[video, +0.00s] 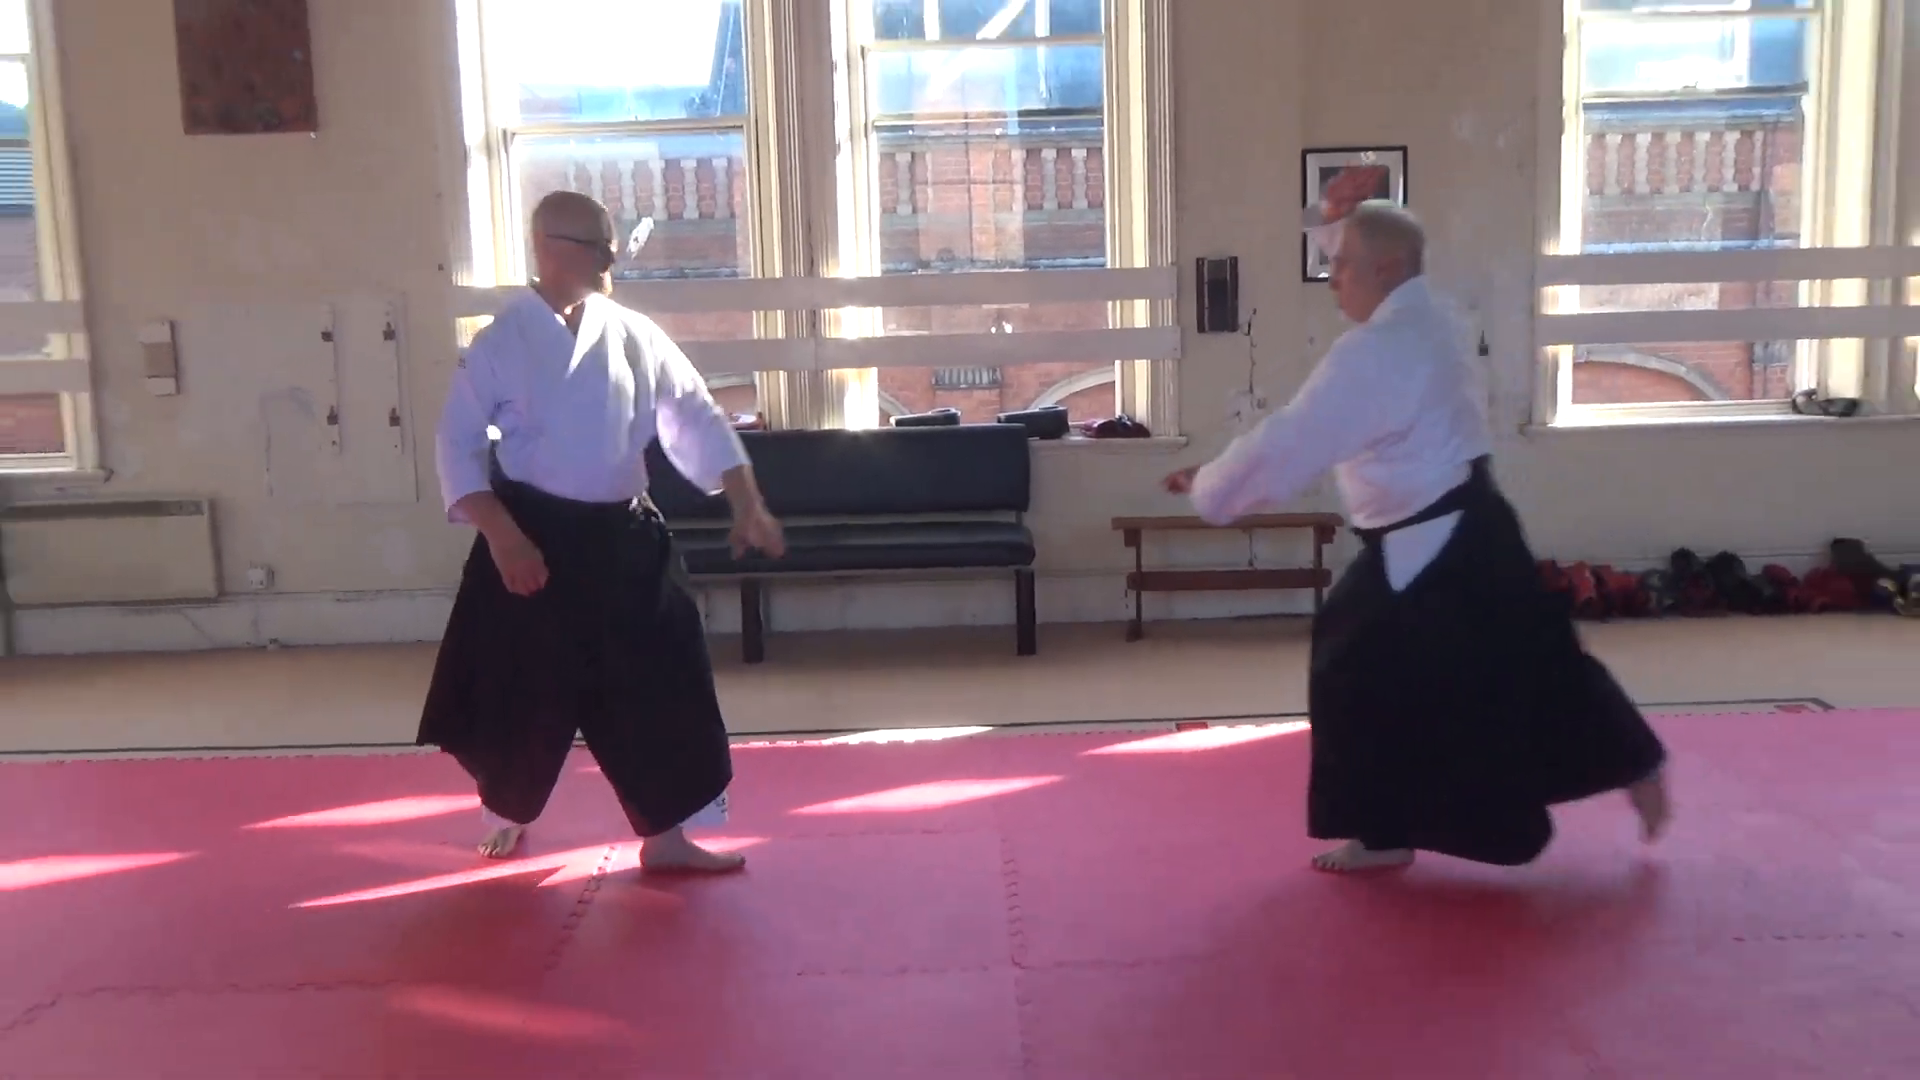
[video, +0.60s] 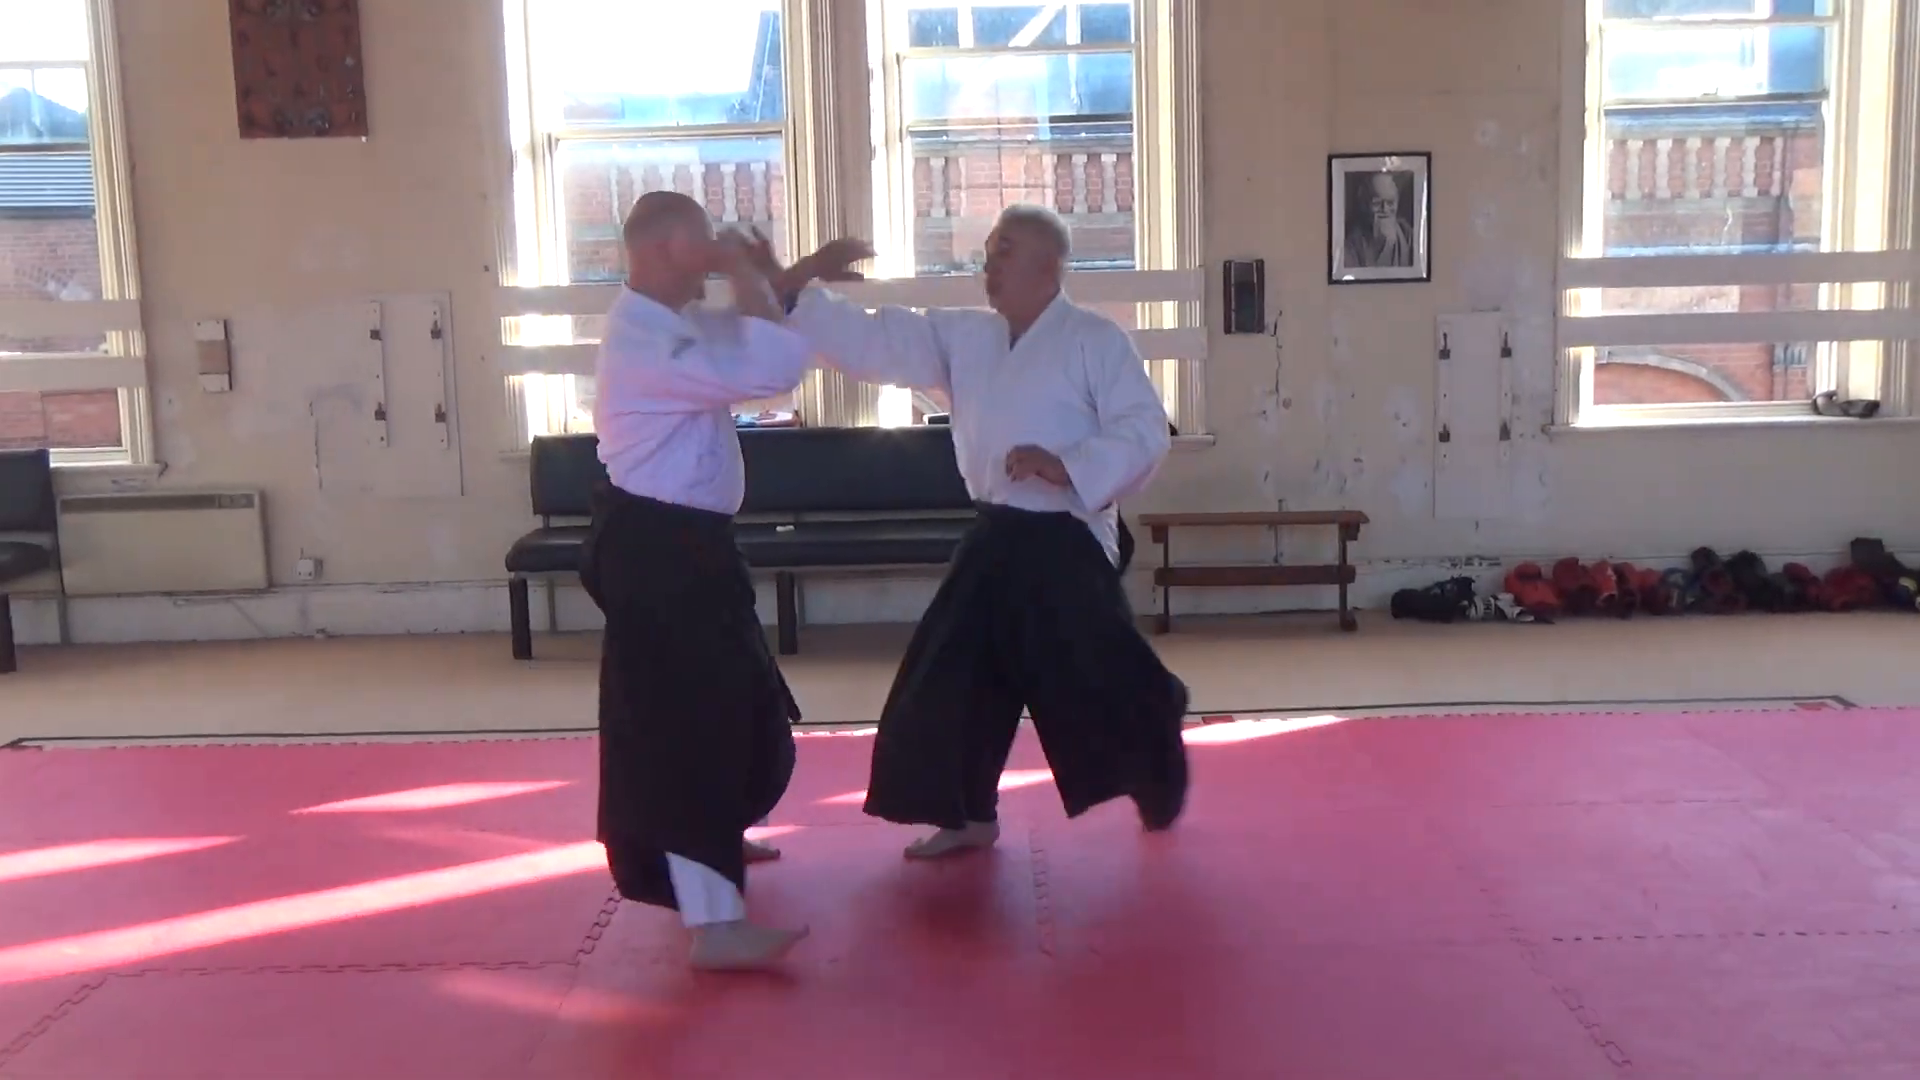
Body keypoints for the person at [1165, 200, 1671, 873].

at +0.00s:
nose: (1333, 279)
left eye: (1342, 267)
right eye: (1333, 266)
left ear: (1381, 270)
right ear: (1397, 270)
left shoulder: (1374, 351)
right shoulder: (1434, 315)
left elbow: (1293, 437)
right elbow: (1356, 271)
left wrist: (1210, 483)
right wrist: (1333, 221)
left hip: (1425, 542)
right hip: (1471, 522)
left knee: (1349, 671)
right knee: (1541, 658)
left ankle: (1382, 832)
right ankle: (1634, 761)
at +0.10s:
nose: (1265, 283)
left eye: (1274, 269)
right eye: (1265, 269)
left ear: (1311, 275)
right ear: (1329, 272)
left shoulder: (1318, 348)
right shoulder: (1352, 319)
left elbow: (1252, 442)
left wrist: (1167, 499)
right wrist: (1274, 221)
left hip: (1354, 538)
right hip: (1384, 521)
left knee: (1333, 674)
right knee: (1374, 672)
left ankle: (1372, 823)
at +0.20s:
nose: (1207, 282)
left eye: (1218, 269)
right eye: (1207, 269)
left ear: (1259, 278)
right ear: (1265, 275)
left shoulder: (1274, 347)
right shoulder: (1263, 326)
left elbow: (1230, 462)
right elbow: (1203, 299)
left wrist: (1149, 502)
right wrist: (1209, 221)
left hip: (1295, 545)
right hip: (1253, 535)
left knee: (1320, 690)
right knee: (1196, 650)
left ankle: (1364, 832)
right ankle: (1258, 763)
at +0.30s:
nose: (1149, 281)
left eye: (1161, 269)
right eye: (1151, 269)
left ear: (1206, 276)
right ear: (1193, 275)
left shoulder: (1231, 350)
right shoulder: (1173, 342)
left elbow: (1208, 462)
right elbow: (1109, 313)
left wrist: (1118, 480)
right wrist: (1117, 226)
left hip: (1238, 553)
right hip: (1176, 548)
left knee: (1291, 691)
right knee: (1115, 666)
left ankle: (1367, 808)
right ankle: (1064, 787)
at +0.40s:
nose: (1085, 288)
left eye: (1103, 278)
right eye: (1088, 275)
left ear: (1150, 291)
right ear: (1095, 285)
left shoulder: (1183, 368)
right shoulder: (1077, 352)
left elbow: (1179, 467)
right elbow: (1003, 323)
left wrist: (1080, 477)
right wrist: (983, 235)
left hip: (1172, 566)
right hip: (1093, 561)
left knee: (1248, 691)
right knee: (1032, 686)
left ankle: (1350, 796)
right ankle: (977, 818)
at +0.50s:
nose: (1021, 283)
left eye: (1038, 273)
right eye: (1023, 270)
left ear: (1084, 290)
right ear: (1027, 284)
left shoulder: (1125, 366)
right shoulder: (999, 357)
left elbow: (1155, 466)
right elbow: (909, 332)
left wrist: (1070, 490)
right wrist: (842, 261)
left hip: (1109, 562)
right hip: (1030, 558)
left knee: (1155, 691)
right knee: (972, 677)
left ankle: (1255, 777)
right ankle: (959, 826)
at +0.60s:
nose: (987, 262)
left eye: (1003, 251)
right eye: (987, 252)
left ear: (1050, 265)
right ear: (993, 263)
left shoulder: (1096, 341)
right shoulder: (967, 336)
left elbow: (1145, 432)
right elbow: (877, 336)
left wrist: (1072, 467)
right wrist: (795, 295)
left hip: (1067, 533)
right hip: (994, 531)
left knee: (1083, 662)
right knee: (963, 665)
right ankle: (970, 817)